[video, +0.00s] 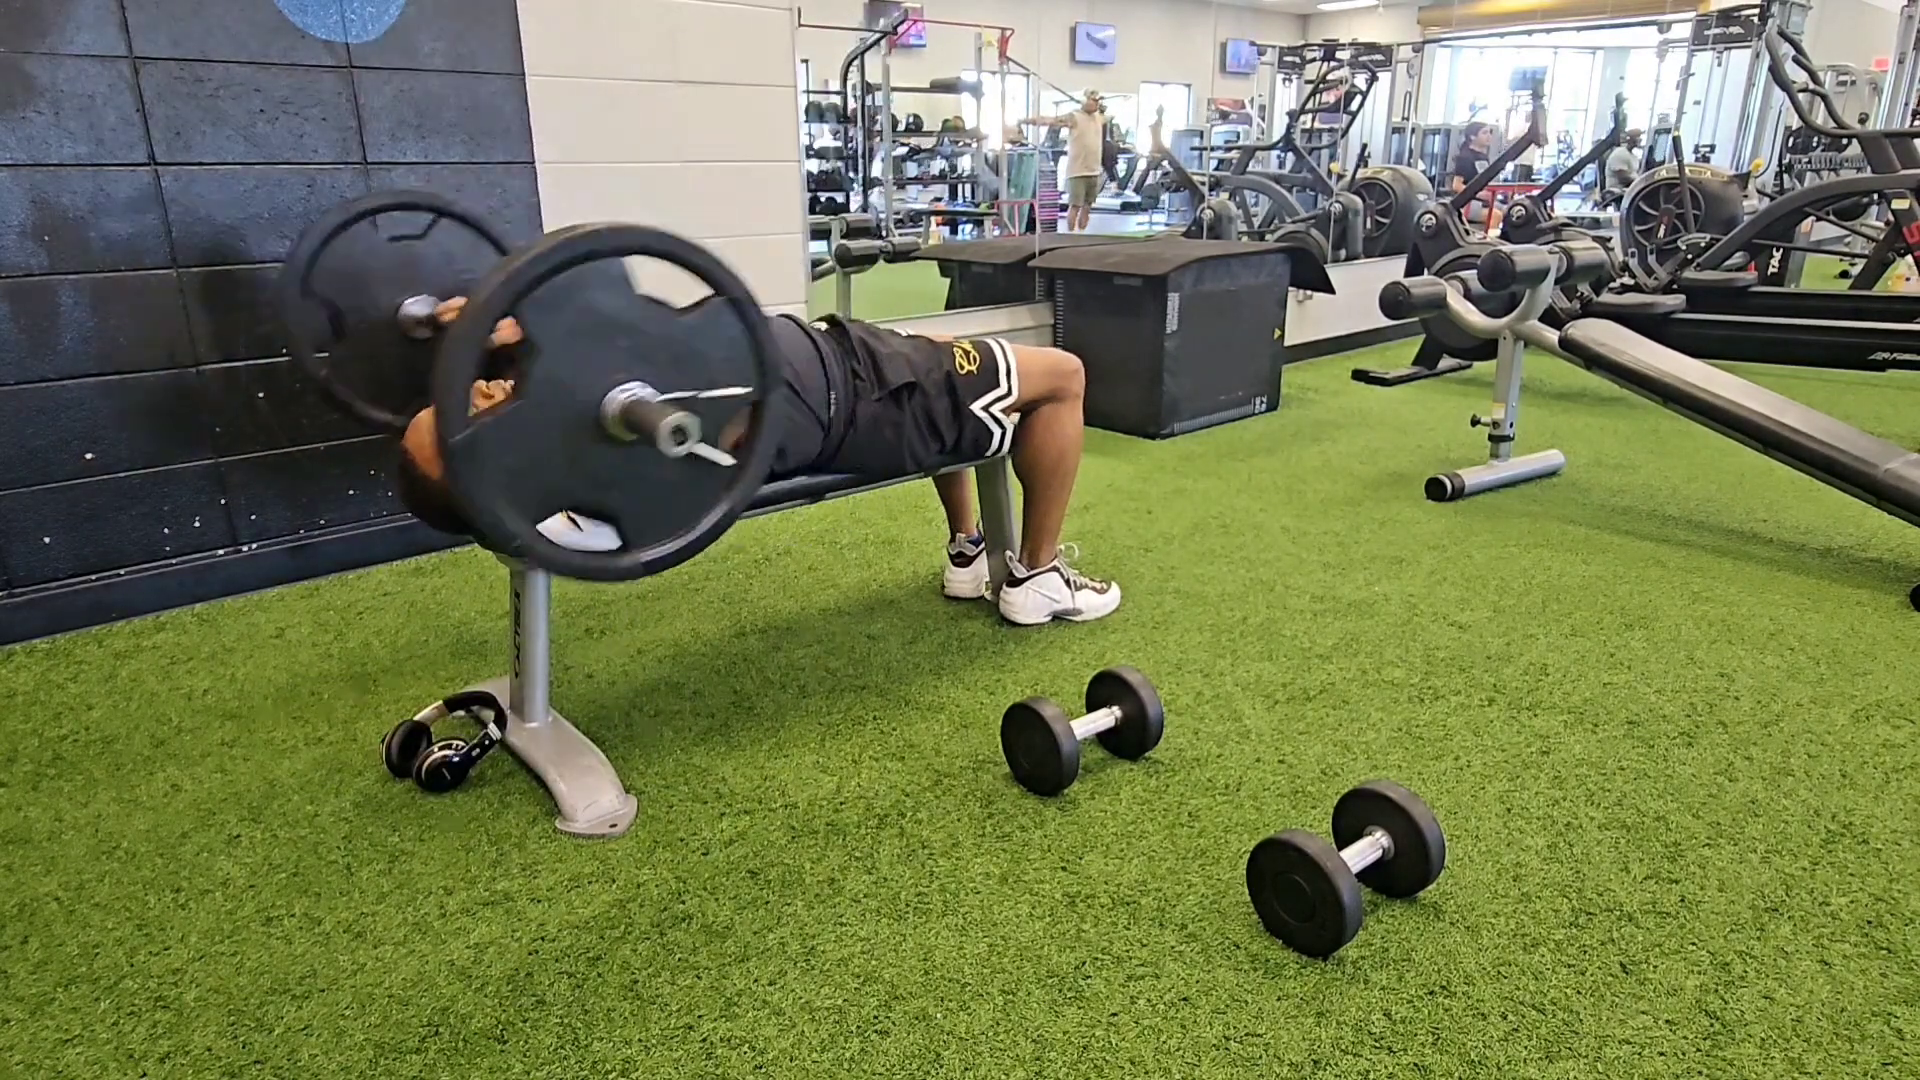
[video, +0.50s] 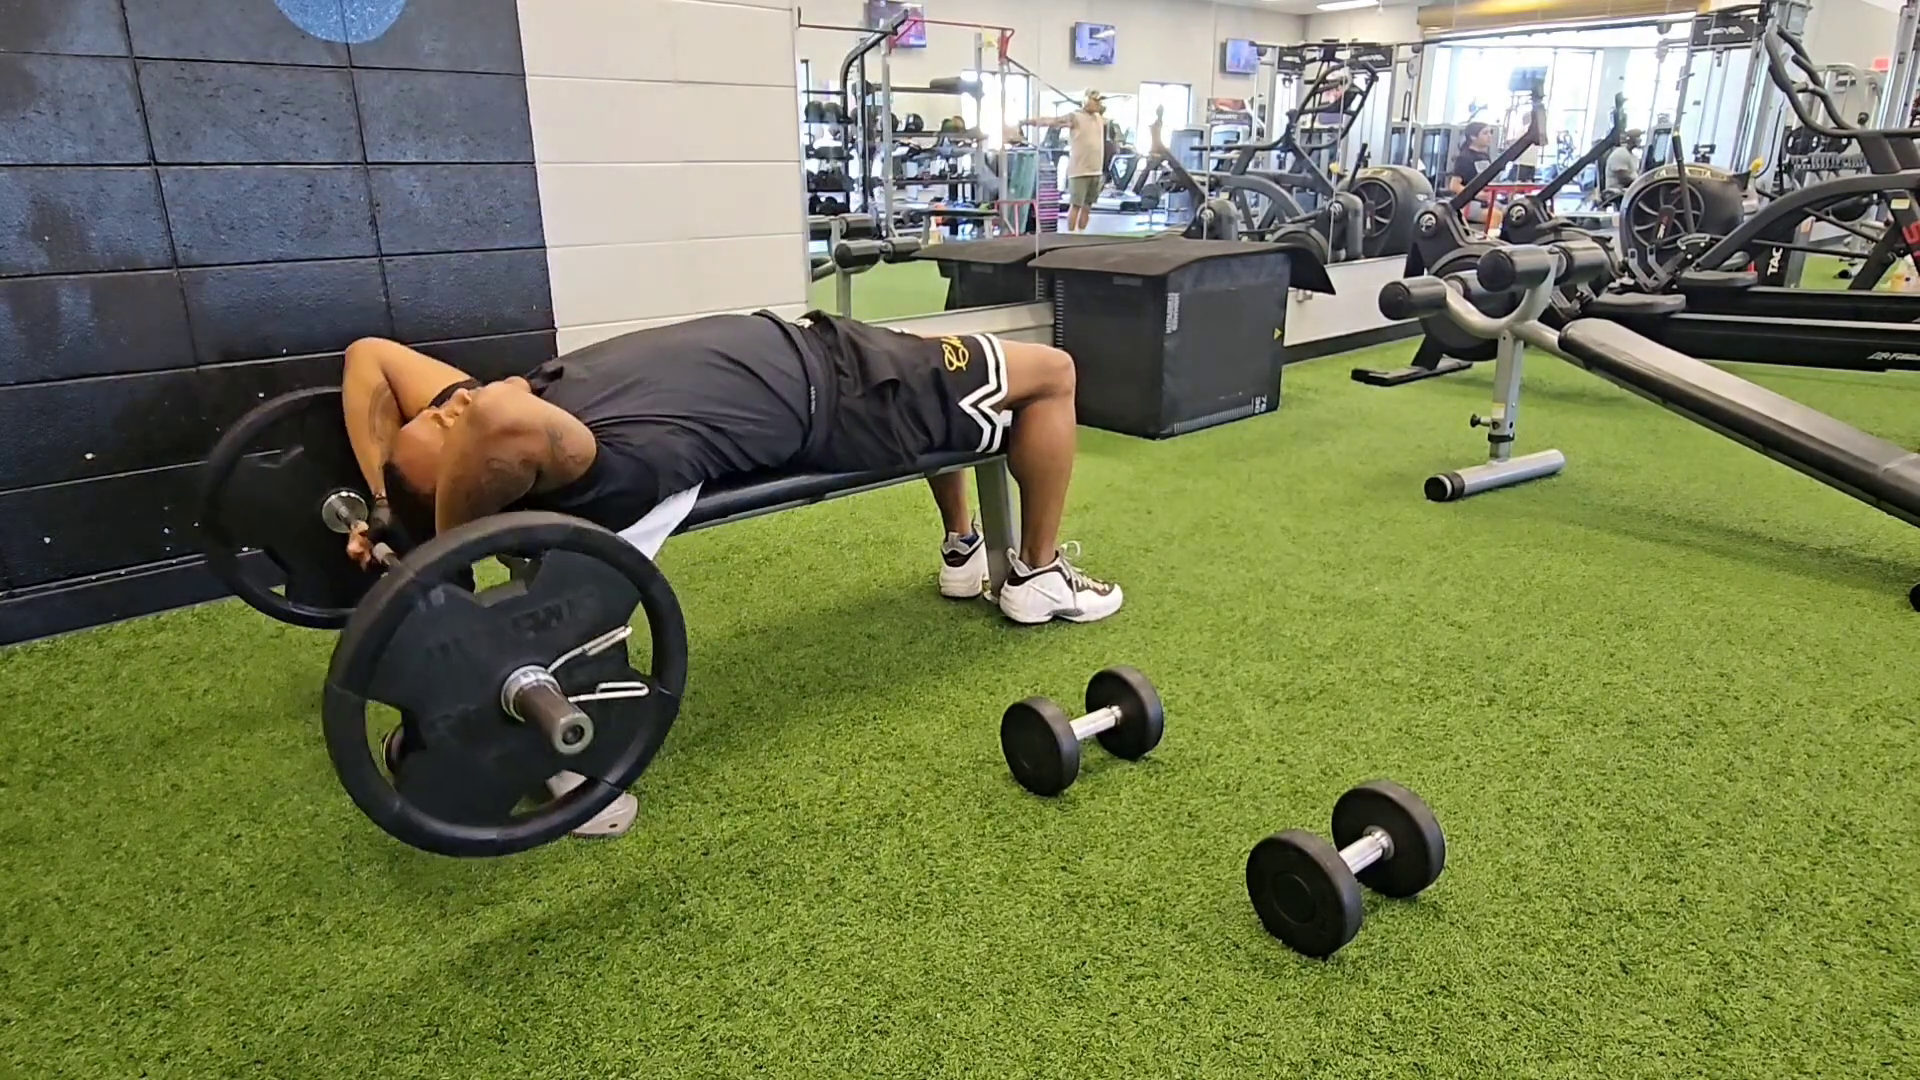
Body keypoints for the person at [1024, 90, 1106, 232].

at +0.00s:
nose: (1097, 104)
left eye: (1098, 101)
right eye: (1094, 100)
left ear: (1098, 103)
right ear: (1086, 101)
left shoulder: (1099, 118)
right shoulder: (1075, 116)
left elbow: (1108, 118)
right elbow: (1053, 121)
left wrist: (1110, 116)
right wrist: (1031, 121)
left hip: (1094, 169)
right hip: (1076, 169)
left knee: (1087, 206)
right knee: (1076, 205)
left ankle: (1081, 234)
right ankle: (1071, 234)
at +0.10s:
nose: (1097, 104)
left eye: (1098, 101)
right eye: (1094, 101)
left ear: (1098, 104)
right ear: (1086, 101)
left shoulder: (1099, 119)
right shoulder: (1075, 117)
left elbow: (1108, 119)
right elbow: (1052, 121)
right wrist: (1027, 121)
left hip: (1094, 170)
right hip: (1077, 170)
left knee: (1087, 206)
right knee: (1076, 205)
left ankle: (1081, 234)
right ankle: (1071, 234)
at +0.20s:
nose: (1098, 104)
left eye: (1099, 101)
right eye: (1095, 100)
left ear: (1098, 103)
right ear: (1086, 101)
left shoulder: (1099, 118)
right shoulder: (1075, 116)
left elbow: (1107, 120)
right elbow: (1053, 121)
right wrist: (1029, 122)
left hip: (1095, 170)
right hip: (1078, 170)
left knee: (1087, 207)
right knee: (1076, 205)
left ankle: (1081, 235)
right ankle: (1071, 235)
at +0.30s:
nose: (1098, 104)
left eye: (1099, 101)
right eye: (1095, 100)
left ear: (1099, 103)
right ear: (1086, 101)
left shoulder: (1099, 119)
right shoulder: (1076, 117)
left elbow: (1108, 121)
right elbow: (1053, 121)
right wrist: (1029, 122)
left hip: (1095, 170)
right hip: (1078, 169)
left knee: (1087, 207)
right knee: (1076, 205)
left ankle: (1081, 235)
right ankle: (1071, 235)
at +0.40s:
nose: (1099, 104)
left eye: (1099, 101)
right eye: (1096, 100)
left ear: (1098, 103)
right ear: (1087, 101)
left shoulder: (1100, 118)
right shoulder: (1076, 117)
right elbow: (1053, 122)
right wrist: (1029, 122)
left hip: (1095, 170)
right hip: (1078, 170)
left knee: (1087, 207)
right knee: (1076, 205)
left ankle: (1081, 235)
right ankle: (1071, 235)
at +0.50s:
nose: (1099, 104)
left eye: (1099, 101)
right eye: (1096, 100)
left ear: (1098, 103)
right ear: (1087, 101)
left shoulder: (1099, 118)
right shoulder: (1076, 117)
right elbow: (1054, 122)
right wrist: (1030, 122)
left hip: (1095, 170)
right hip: (1078, 170)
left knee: (1087, 207)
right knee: (1076, 205)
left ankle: (1081, 235)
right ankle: (1071, 235)